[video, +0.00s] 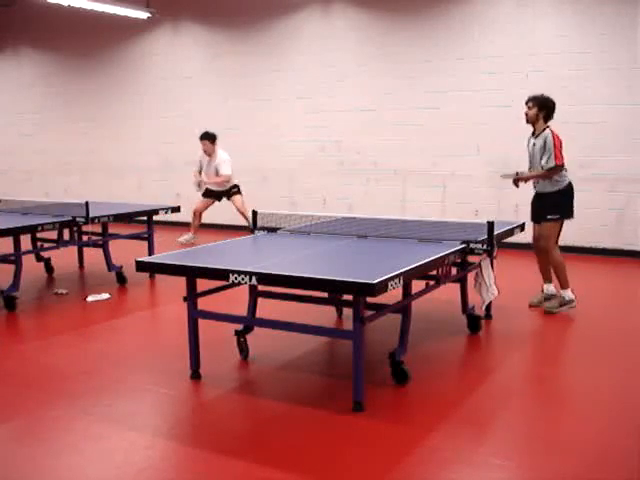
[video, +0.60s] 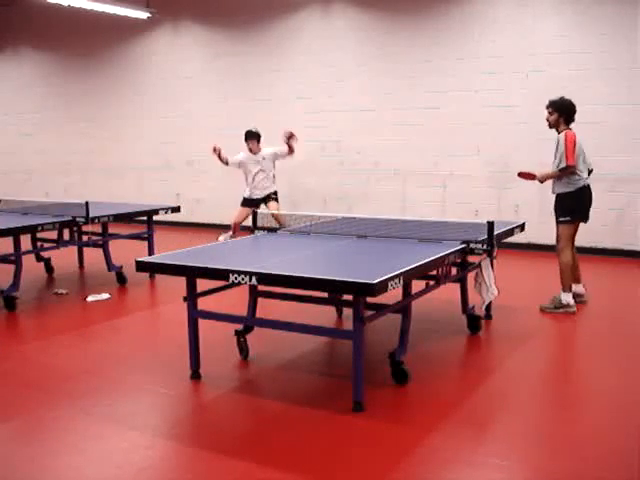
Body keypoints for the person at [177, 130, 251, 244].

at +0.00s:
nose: (203, 148)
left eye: (205, 144)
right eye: (202, 145)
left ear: (213, 144)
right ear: (202, 145)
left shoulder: (222, 157)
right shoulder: (203, 157)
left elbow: (226, 178)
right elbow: (198, 171)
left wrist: (206, 182)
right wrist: (198, 180)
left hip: (229, 188)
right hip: (213, 189)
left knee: (240, 208)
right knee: (197, 211)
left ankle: (255, 228)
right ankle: (193, 234)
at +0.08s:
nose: (208, 149)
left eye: (210, 146)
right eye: (207, 146)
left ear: (218, 145)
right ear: (206, 146)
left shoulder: (227, 158)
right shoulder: (205, 158)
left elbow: (232, 178)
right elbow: (200, 173)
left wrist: (216, 184)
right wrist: (207, 181)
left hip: (232, 187)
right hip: (216, 188)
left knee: (242, 208)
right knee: (198, 212)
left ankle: (258, 227)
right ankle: (197, 233)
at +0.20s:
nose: (232, 156)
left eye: (234, 153)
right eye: (230, 153)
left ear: (239, 153)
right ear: (227, 153)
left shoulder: (246, 164)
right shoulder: (222, 165)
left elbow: (252, 179)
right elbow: (211, 181)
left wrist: (255, 196)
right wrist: (224, 188)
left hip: (241, 194)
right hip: (224, 196)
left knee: (253, 211)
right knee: (209, 219)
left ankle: (262, 231)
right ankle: (204, 236)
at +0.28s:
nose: (245, 156)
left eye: (247, 153)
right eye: (243, 154)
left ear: (251, 153)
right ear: (239, 153)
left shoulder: (256, 163)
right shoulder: (233, 165)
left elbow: (264, 176)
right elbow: (218, 180)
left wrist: (278, 190)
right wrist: (227, 188)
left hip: (249, 195)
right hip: (232, 197)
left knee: (263, 211)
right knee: (213, 221)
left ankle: (270, 234)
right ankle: (202, 234)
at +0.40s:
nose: (256, 150)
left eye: (257, 147)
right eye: (253, 148)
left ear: (260, 146)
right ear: (247, 147)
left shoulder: (265, 154)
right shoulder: (241, 156)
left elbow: (278, 158)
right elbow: (228, 170)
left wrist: (272, 147)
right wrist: (238, 170)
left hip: (258, 190)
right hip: (241, 191)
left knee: (270, 210)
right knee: (223, 218)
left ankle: (273, 234)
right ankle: (214, 231)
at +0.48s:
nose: (256, 148)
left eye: (258, 145)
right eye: (253, 146)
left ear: (261, 144)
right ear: (249, 145)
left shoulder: (268, 151)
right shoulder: (244, 154)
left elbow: (279, 142)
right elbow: (225, 159)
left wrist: (263, 133)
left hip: (262, 190)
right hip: (244, 191)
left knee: (276, 208)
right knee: (227, 217)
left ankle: (279, 232)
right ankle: (221, 231)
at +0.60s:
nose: (250, 146)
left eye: (253, 143)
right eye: (248, 143)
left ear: (258, 143)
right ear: (246, 144)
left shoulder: (269, 154)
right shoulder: (244, 158)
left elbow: (290, 153)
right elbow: (228, 162)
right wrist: (219, 155)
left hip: (269, 193)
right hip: (252, 195)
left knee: (275, 213)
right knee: (236, 221)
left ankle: (287, 230)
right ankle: (233, 235)